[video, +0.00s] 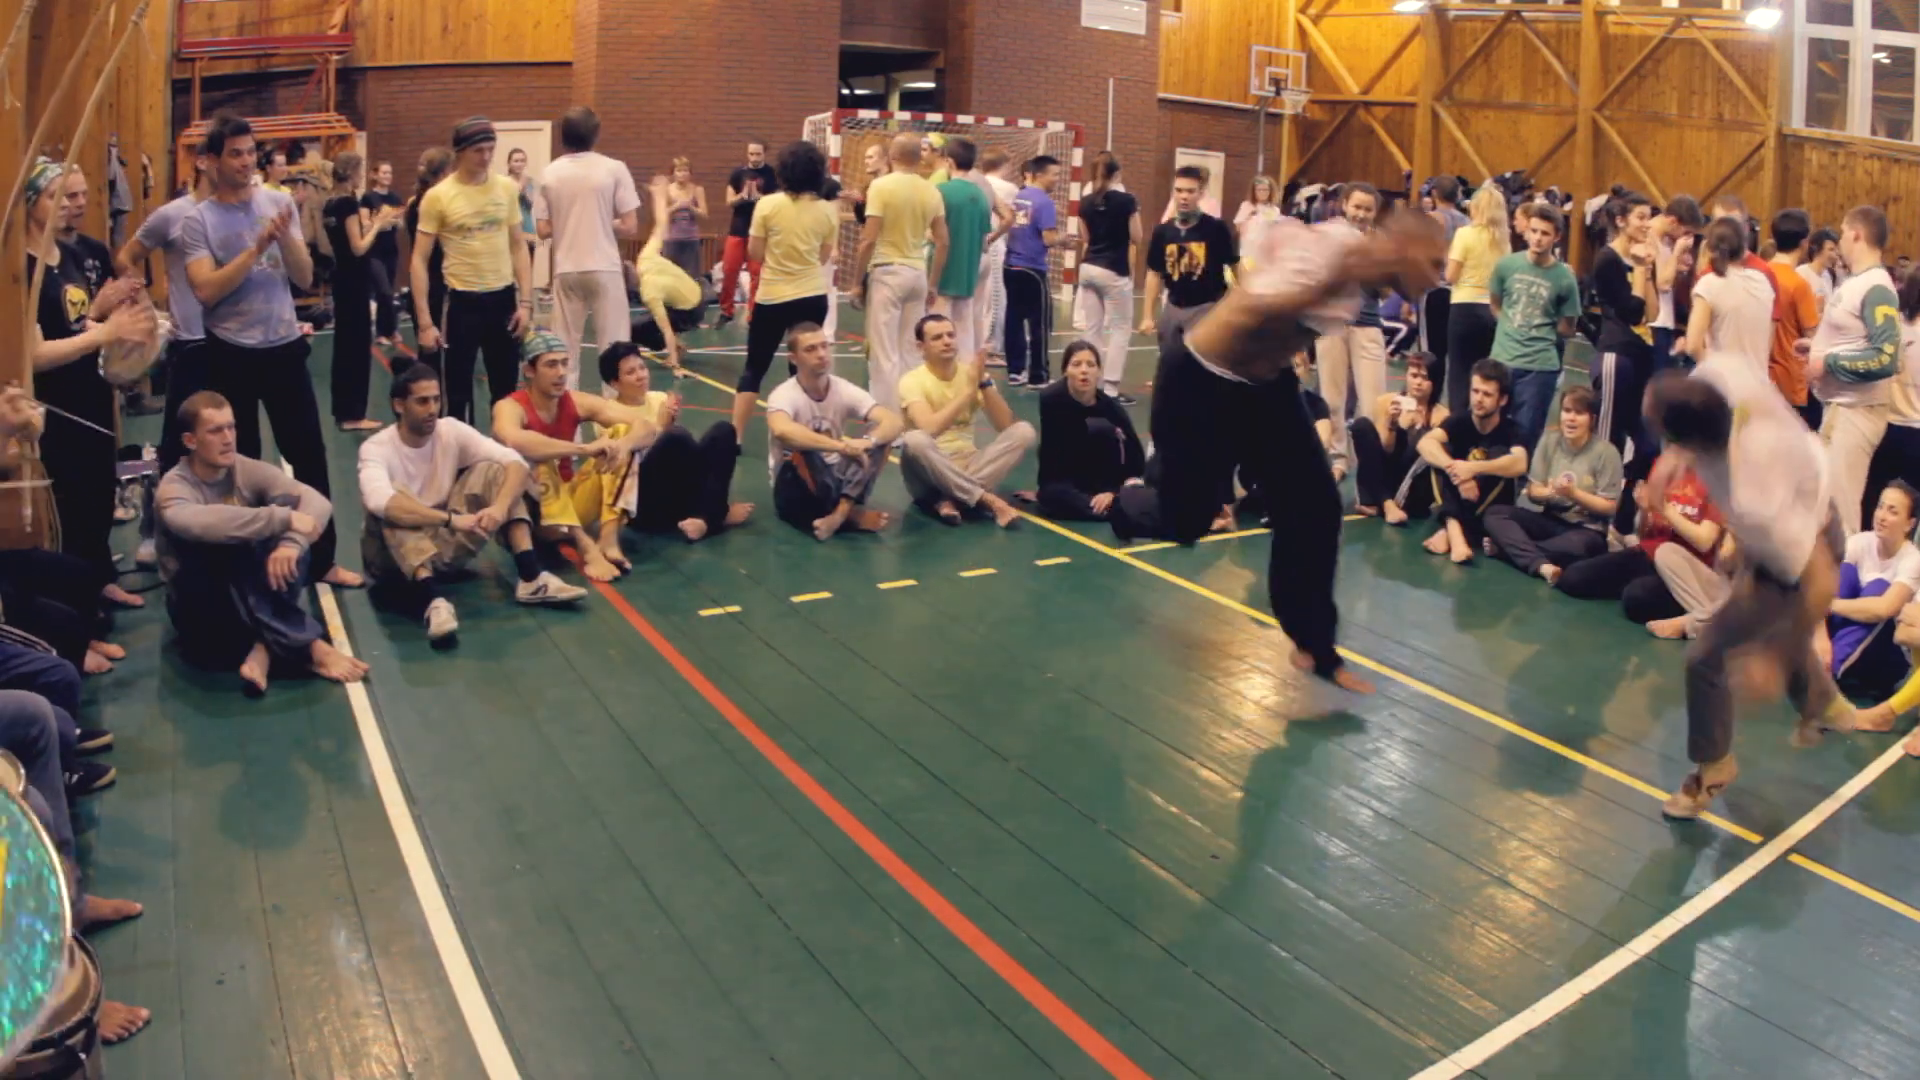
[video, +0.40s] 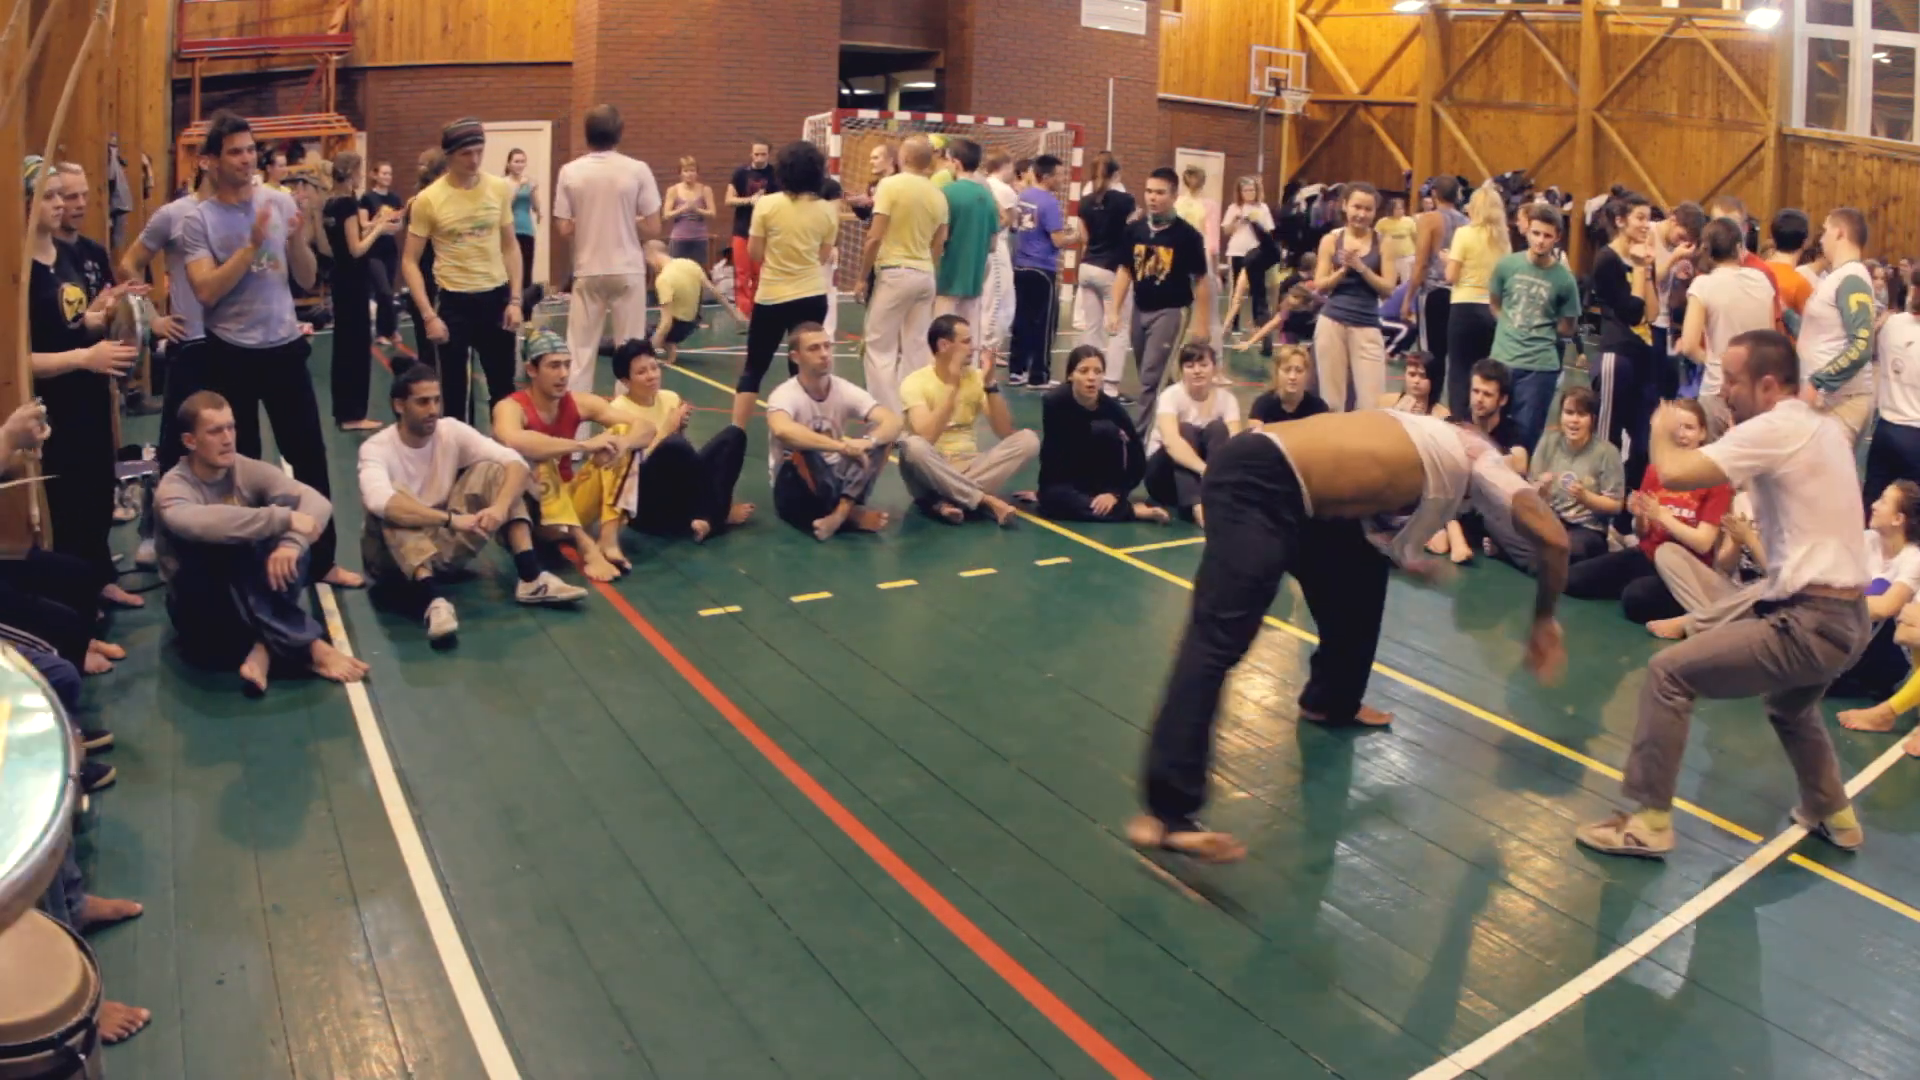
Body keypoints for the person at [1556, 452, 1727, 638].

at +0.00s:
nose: (1674, 450)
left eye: (1682, 446)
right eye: (1672, 444)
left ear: (1697, 445)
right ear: (1669, 441)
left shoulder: (1717, 479)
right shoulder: (1663, 466)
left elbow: (1704, 542)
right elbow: (1645, 530)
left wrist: (1664, 508)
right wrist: (1645, 507)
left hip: (1686, 565)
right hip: (1647, 553)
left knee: (1636, 600)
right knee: (1571, 580)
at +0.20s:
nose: (1682, 433)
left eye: (1690, 426)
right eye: (1677, 425)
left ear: (1705, 432)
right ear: (1670, 429)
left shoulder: (1719, 475)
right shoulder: (1660, 464)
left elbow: (1703, 542)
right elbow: (1641, 532)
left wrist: (1658, 514)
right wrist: (1648, 514)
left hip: (1684, 565)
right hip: (1647, 554)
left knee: (1635, 601)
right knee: (1571, 581)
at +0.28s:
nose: (1680, 434)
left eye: (1689, 427)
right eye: (1676, 426)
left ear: (1705, 433)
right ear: (1668, 429)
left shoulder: (1714, 478)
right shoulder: (1659, 464)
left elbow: (1703, 542)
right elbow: (1640, 530)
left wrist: (1659, 516)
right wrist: (1647, 515)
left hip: (1685, 569)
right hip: (1646, 556)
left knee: (1636, 600)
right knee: (1574, 581)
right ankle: (1560, 579)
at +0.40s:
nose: (1680, 434)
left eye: (1689, 428)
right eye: (1674, 426)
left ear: (1703, 433)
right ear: (1664, 429)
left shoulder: (1715, 480)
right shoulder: (1655, 470)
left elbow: (1703, 543)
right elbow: (1642, 532)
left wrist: (1662, 515)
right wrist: (1640, 515)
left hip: (1686, 567)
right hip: (1647, 556)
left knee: (1635, 600)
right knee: (1573, 580)